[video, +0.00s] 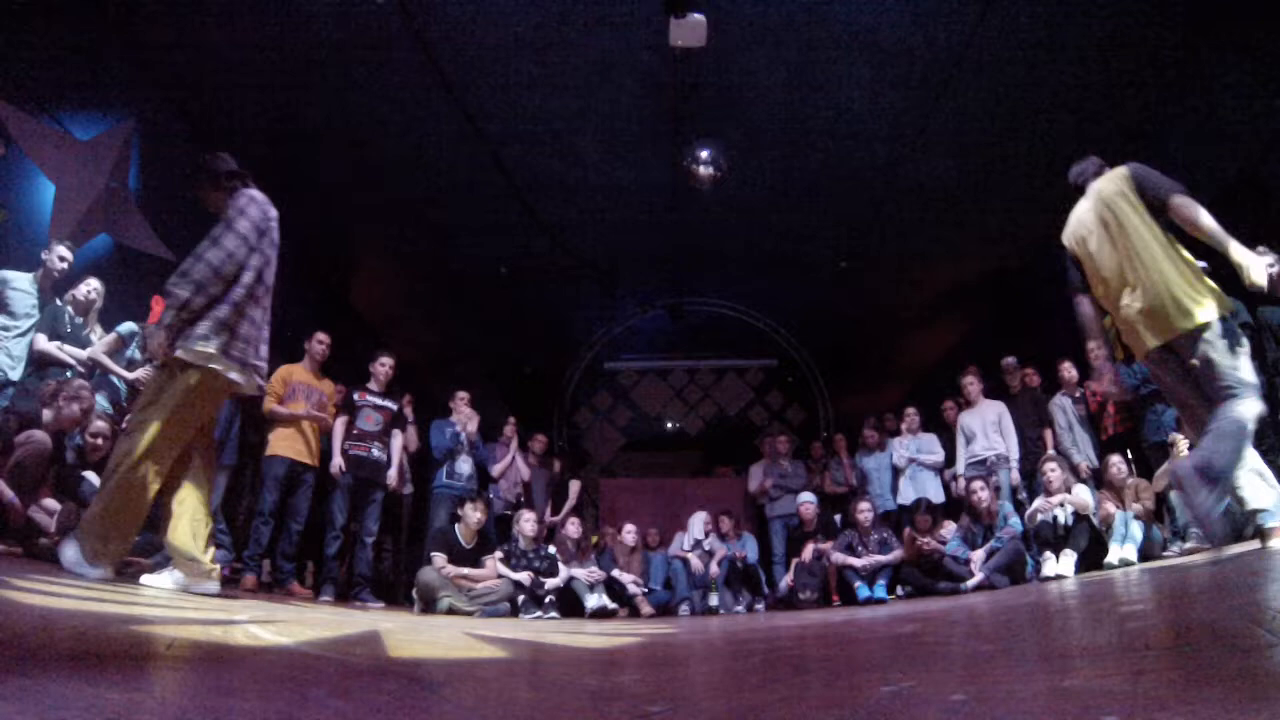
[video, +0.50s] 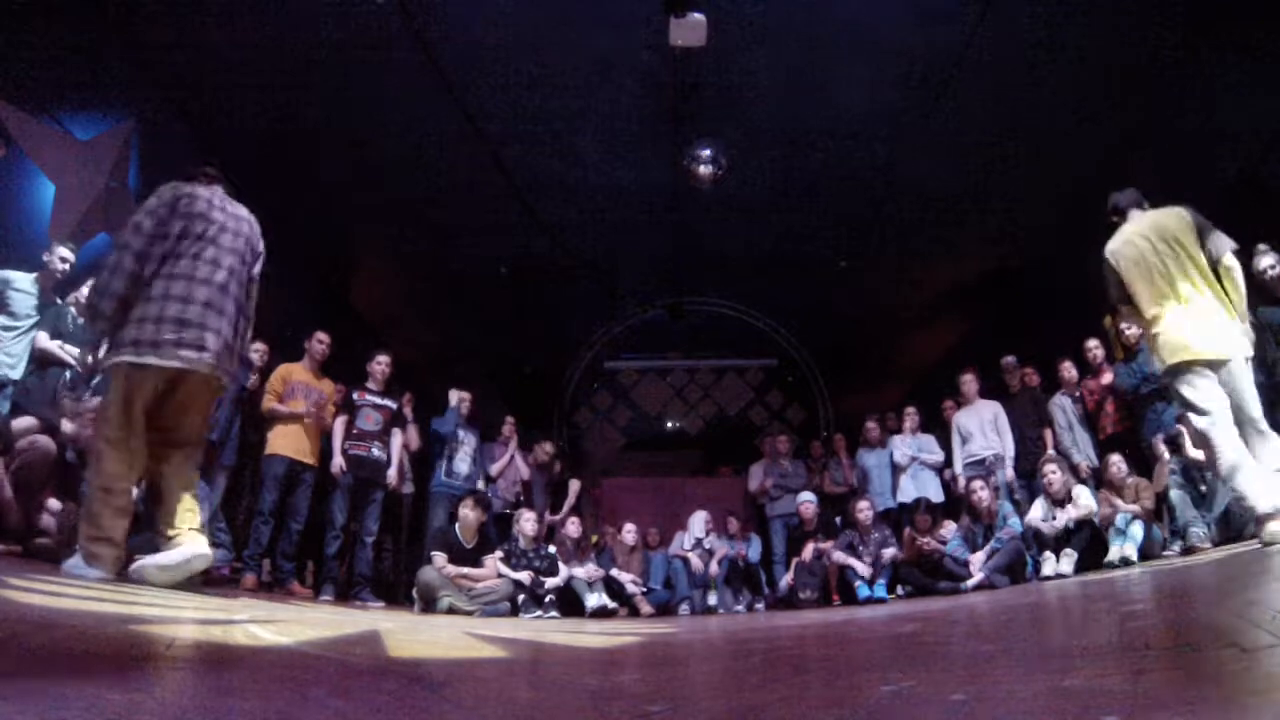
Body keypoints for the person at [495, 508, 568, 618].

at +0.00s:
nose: (532, 525)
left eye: (535, 521)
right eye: (527, 521)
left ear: (538, 526)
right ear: (517, 526)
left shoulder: (548, 551)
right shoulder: (508, 549)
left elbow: (565, 571)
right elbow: (497, 565)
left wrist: (557, 581)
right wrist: (516, 576)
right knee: (519, 573)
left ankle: (550, 603)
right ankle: (525, 604)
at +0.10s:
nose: (532, 525)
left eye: (535, 521)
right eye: (527, 521)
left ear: (538, 526)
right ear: (517, 526)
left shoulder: (548, 550)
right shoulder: (508, 549)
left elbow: (565, 571)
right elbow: (498, 565)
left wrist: (557, 581)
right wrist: (516, 576)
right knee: (519, 573)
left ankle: (550, 603)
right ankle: (525, 604)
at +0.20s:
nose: (532, 525)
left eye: (535, 521)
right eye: (527, 521)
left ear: (538, 526)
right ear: (517, 526)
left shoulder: (547, 550)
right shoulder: (508, 549)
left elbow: (565, 571)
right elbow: (498, 565)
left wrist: (557, 581)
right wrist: (516, 576)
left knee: (551, 567)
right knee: (520, 574)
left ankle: (550, 603)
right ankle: (525, 603)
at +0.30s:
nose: (532, 525)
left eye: (535, 521)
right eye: (527, 521)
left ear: (539, 526)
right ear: (517, 526)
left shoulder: (547, 550)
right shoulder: (508, 549)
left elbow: (565, 571)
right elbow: (498, 565)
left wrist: (557, 581)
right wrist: (516, 576)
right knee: (520, 574)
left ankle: (550, 603)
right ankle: (525, 604)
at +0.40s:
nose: (532, 525)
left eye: (535, 521)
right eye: (527, 521)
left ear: (539, 526)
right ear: (517, 526)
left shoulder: (547, 550)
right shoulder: (508, 549)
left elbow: (565, 571)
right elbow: (497, 563)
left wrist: (557, 581)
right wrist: (516, 576)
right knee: (520, 574)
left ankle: (550, 603)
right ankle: (525, 604)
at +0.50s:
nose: (532, 524)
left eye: (535, 521)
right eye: (527, 521)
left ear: (539, 526)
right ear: (517, 526)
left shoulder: (547, 550)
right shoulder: (509, 548)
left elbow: (565, 570)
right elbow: (497, 562)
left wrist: (557, 581)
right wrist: (516, 576)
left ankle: (550, 602)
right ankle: (525, 603)